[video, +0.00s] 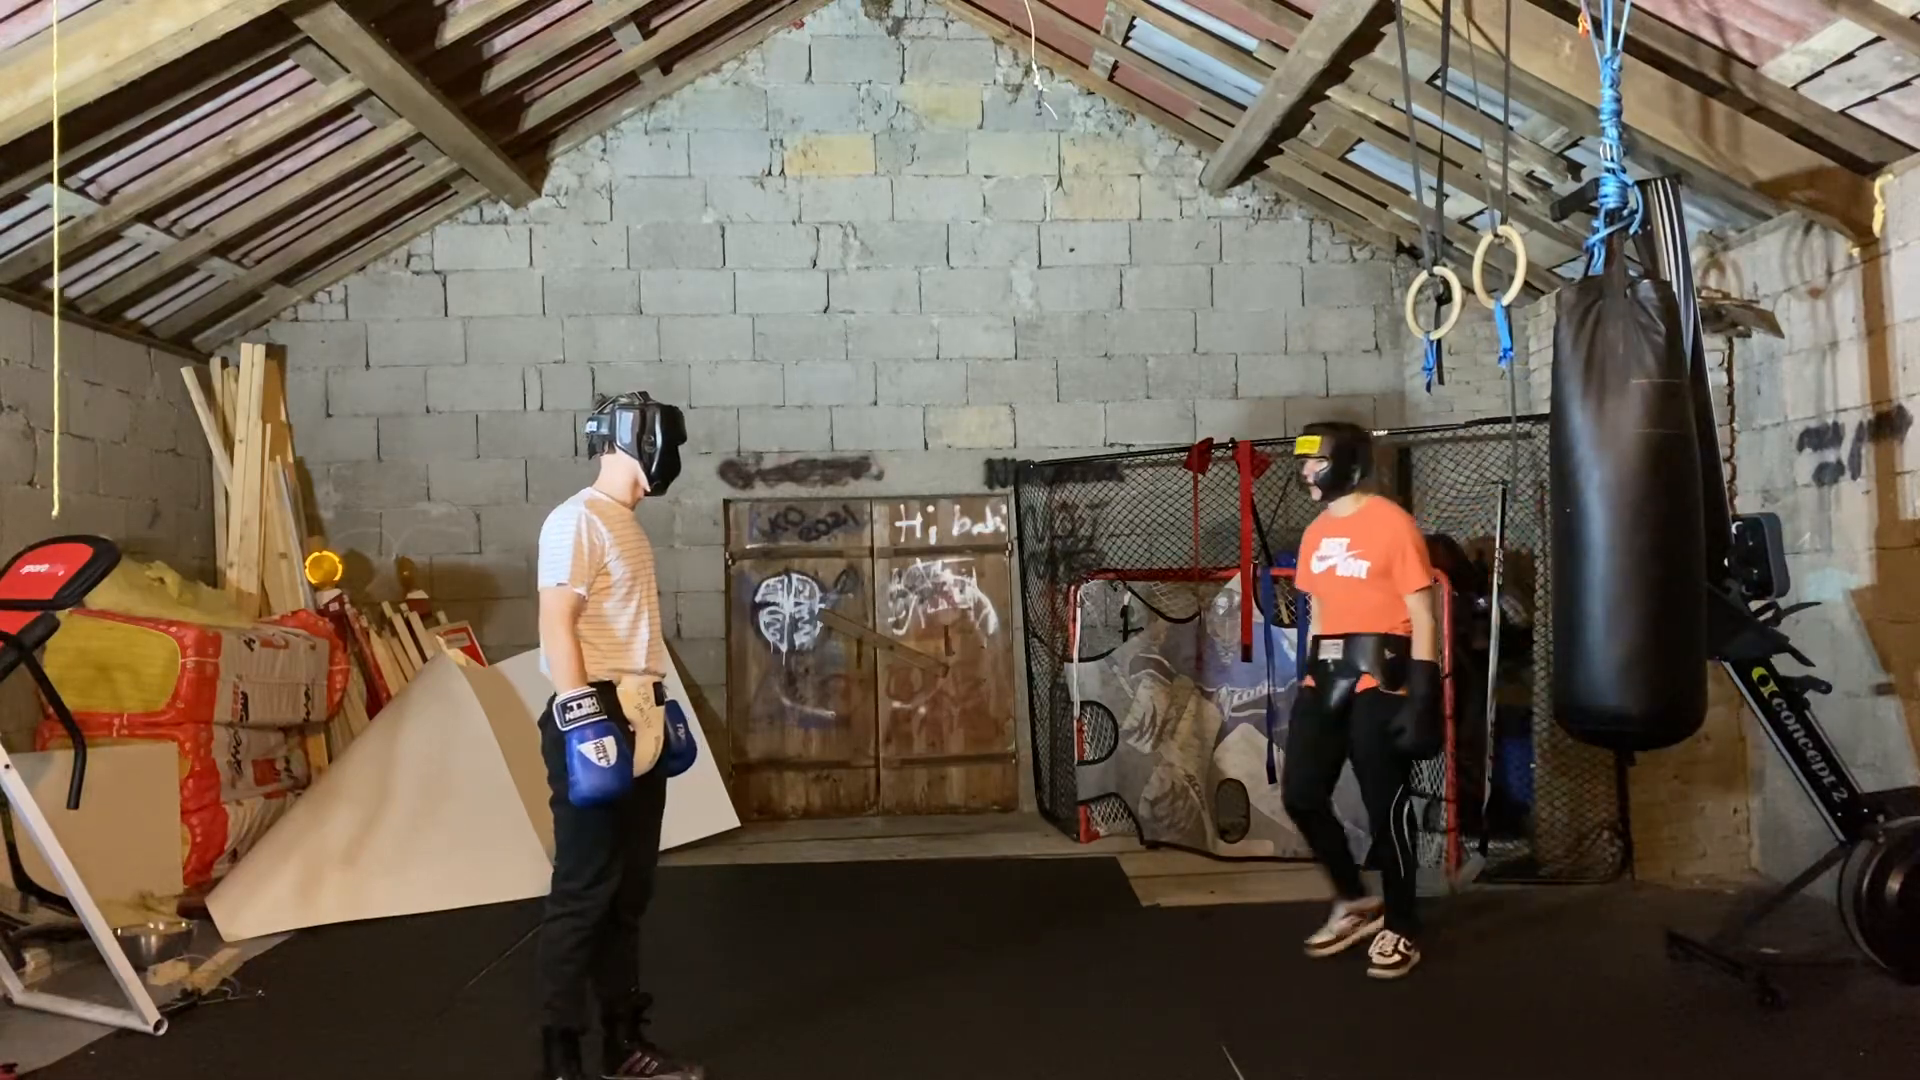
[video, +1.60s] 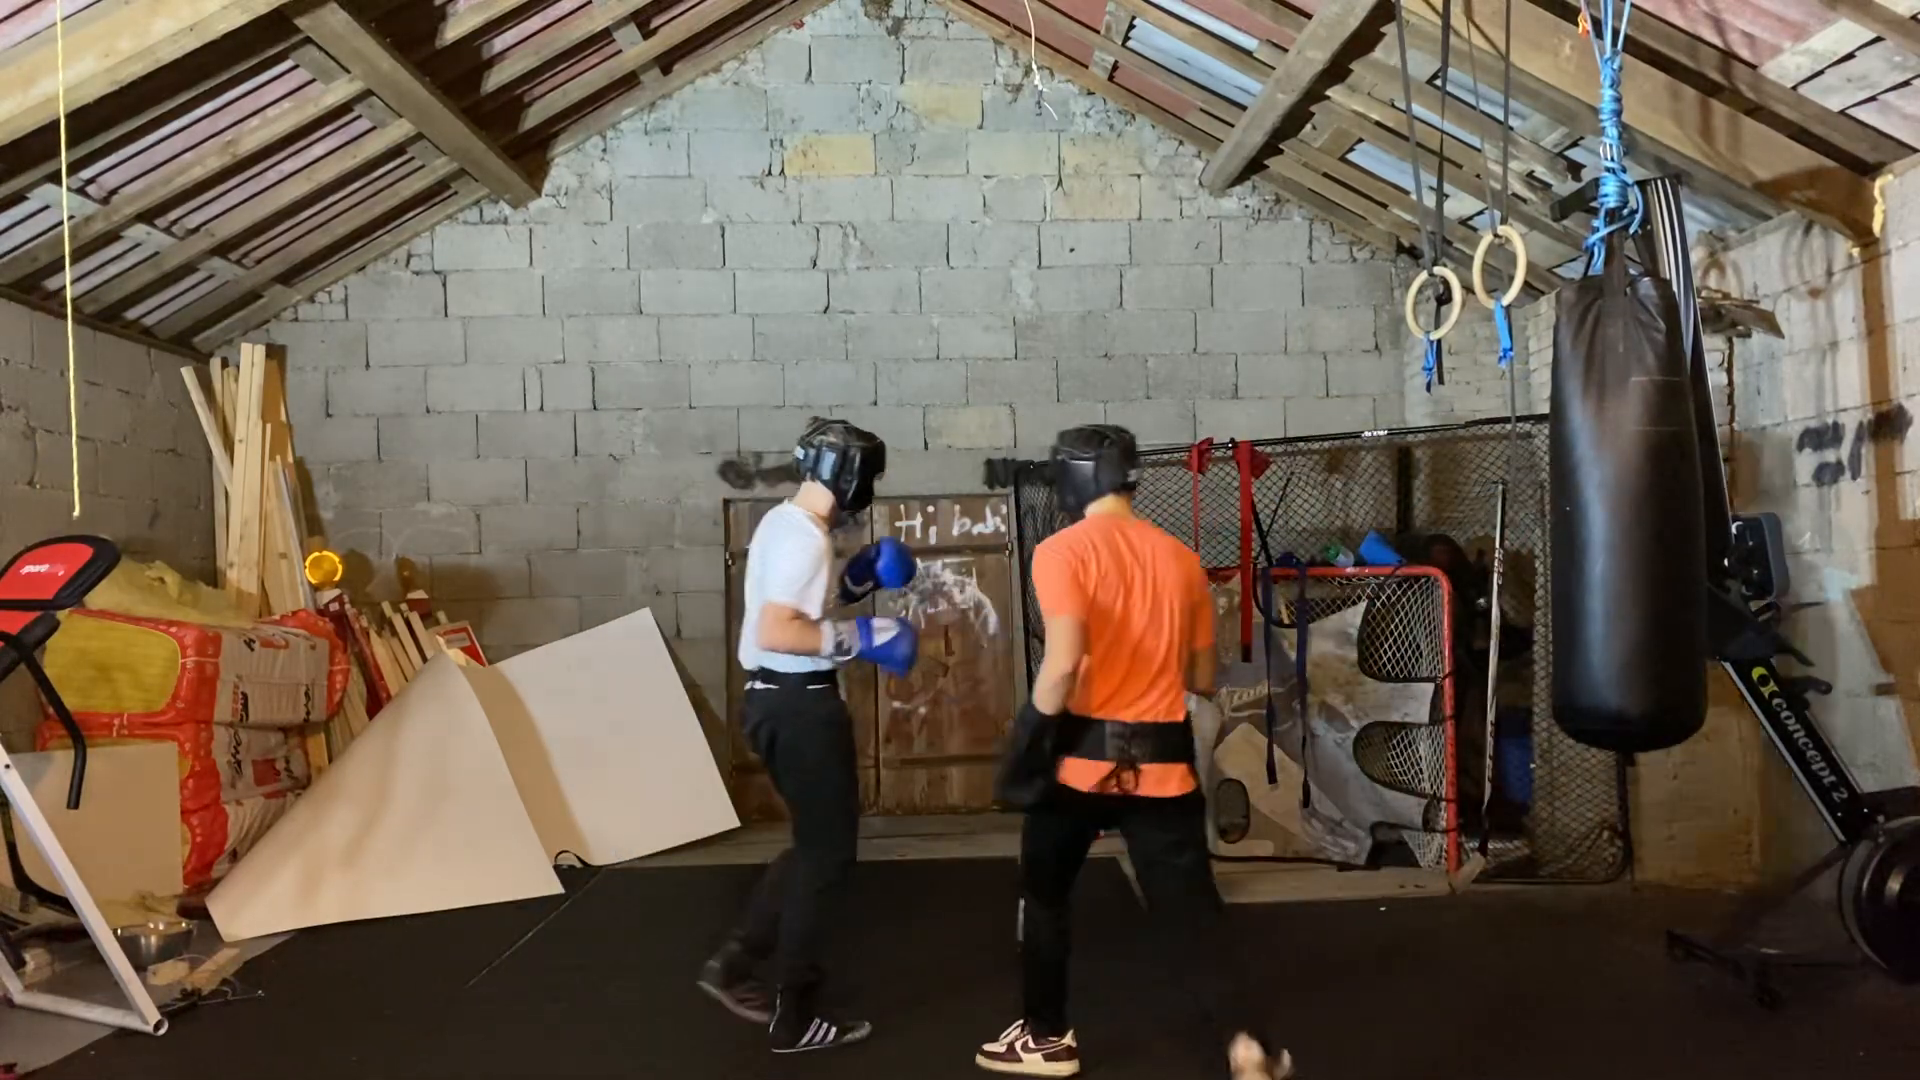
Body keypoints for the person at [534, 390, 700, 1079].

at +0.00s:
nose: (666, 468)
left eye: (668, 454)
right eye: (659, 452)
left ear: (634, 452)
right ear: (625, 446)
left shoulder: (628, 529)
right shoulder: (574, 520)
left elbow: (638, 625)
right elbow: (556, 623)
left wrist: (663, 705)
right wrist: (585, 718)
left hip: (639, 715)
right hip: (592, 718)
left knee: (628, 891)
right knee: (582, 893)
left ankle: (624, 1047)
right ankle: (562, 1060)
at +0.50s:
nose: (694, 466)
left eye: (693, 452)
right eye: (686, 452)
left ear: (643, 450)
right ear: (654, 450)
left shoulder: (637, 522)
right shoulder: (616, 520)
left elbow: (628, 622)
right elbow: (592, 617)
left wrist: (672, 702)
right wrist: (660, 698)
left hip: (635, 714)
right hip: (609, 715)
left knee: (640, 879)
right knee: (611, 883)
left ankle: (623, 1042)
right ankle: (571, 1055)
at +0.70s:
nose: (700, 468)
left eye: (699, 454)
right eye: (694, 453)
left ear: (646, 448)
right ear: (666, 449)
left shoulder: (643, 520)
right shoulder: (630, 519)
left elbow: (655, 627)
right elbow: (631, 618)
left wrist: (731, 633)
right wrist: (724, 624)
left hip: (632, 708)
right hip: (631, 713)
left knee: (630, 872)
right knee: (668, 871)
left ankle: (625, 1038)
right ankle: (607, 1048)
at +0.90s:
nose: (716, 477)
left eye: (716, 463)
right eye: (712, 462)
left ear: (662, 452)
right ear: (691, 455)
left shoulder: (638, 518)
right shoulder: (657, 519)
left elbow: (677, 610)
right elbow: (677, 609)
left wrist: (754, 592)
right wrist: (765, 582)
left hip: (628, 708)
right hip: (658, 711)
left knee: (641, 874)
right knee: (713, 868)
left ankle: (624, 1043)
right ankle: (710, 1045)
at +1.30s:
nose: (802, 488)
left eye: (803, 474)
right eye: (800, 473)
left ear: (747, 461)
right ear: (780, 467)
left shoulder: (715, 524)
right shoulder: (740, 528)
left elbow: (765, 602)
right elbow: (733, 624)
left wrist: (838, 578)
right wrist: (811, 609)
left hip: (701, 712)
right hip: (740, 715)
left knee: (688, 874)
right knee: (774, 867)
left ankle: (631, 1028)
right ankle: (793, 1017)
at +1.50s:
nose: (854, 499)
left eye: (855, 486)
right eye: (852, 486)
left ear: (801, 475)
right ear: (832, 485)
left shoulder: (774, 529)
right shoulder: (782, 543)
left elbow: (786, 612)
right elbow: (745, 633)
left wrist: (842, 594)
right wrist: (827, 644)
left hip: (761, 707)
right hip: (782, 713)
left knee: (784, 856)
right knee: (812, 860)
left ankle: (682, 978)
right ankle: (796, 1019)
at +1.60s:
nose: (868, 493)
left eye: (869, 480)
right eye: (866, 480)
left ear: (814, 469)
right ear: (847, 478)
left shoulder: (781, 523)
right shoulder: (804, 538)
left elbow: (804, 603)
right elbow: (775, 630)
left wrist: (857, 577)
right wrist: (855, 637)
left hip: (777, 699)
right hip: (800, 705)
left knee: (818, 844)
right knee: (827, 852)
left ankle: (735, 963)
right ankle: (795, 1019)